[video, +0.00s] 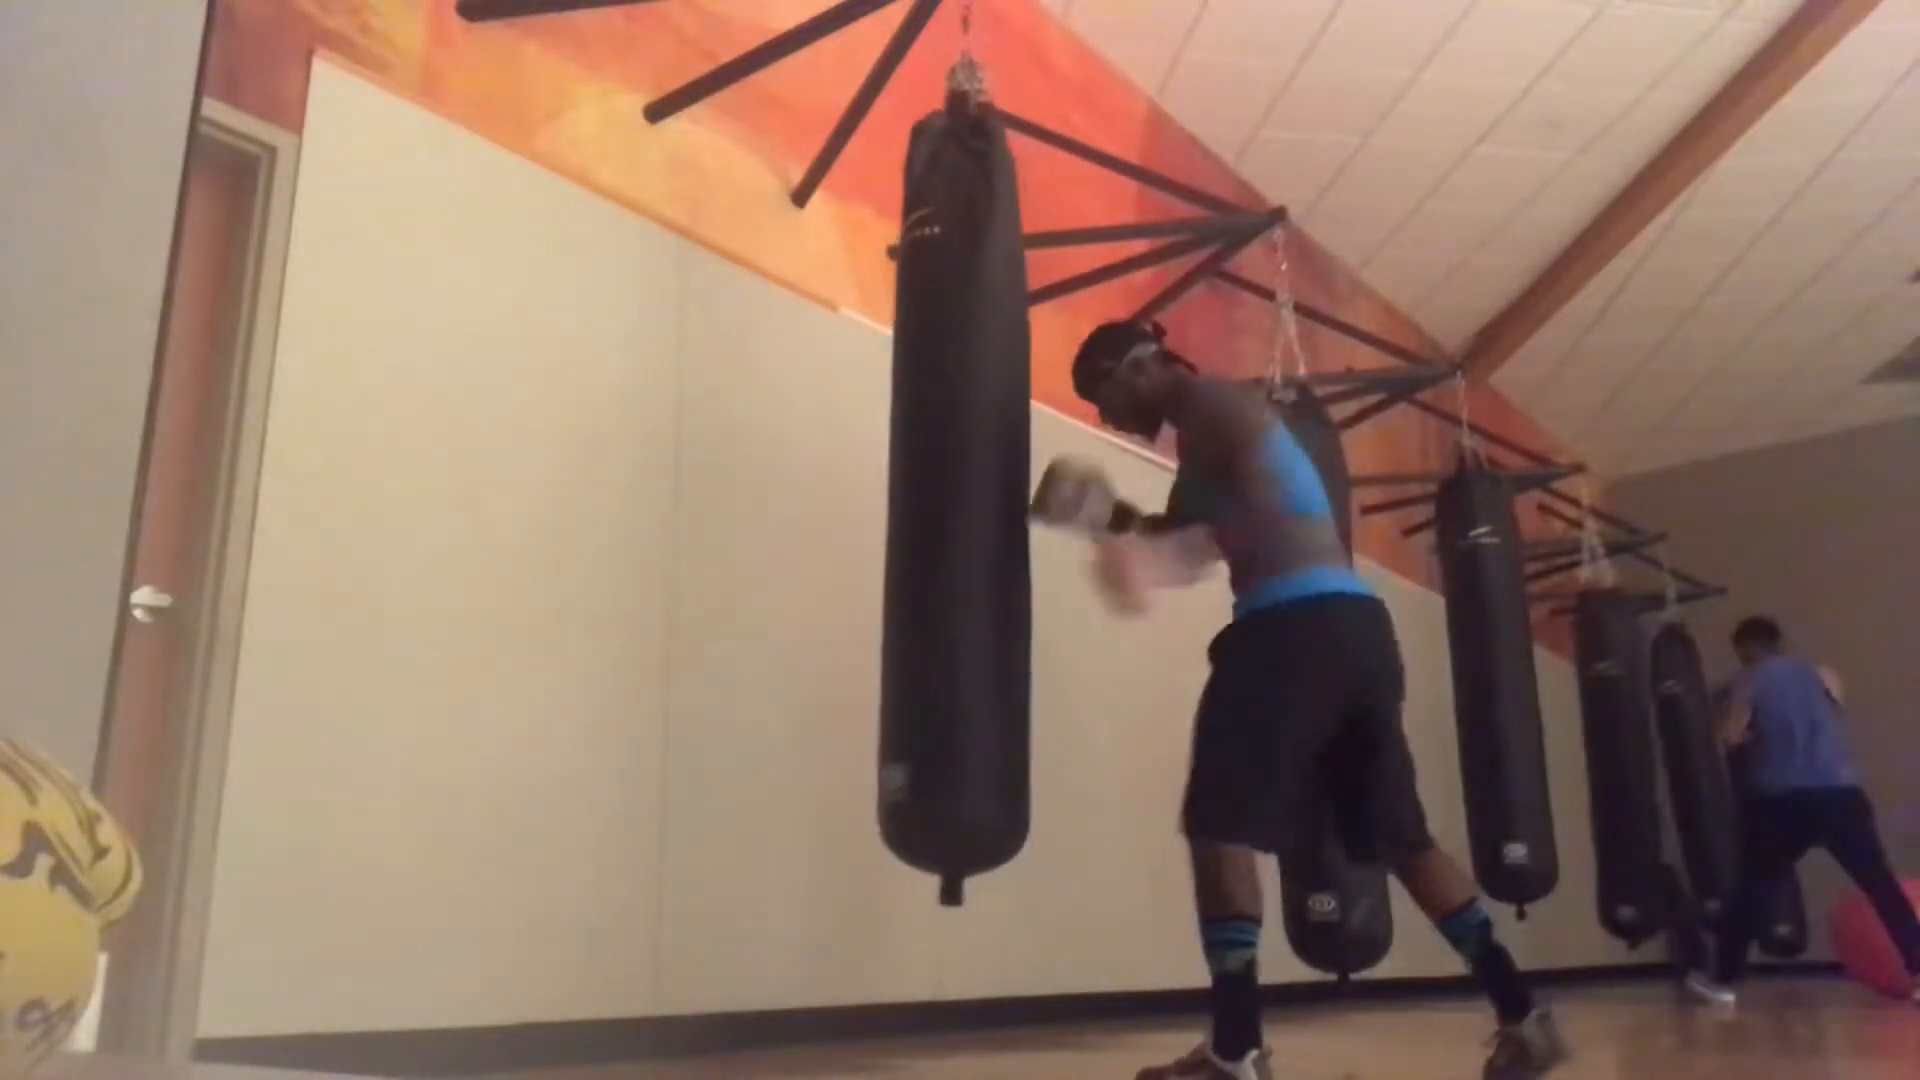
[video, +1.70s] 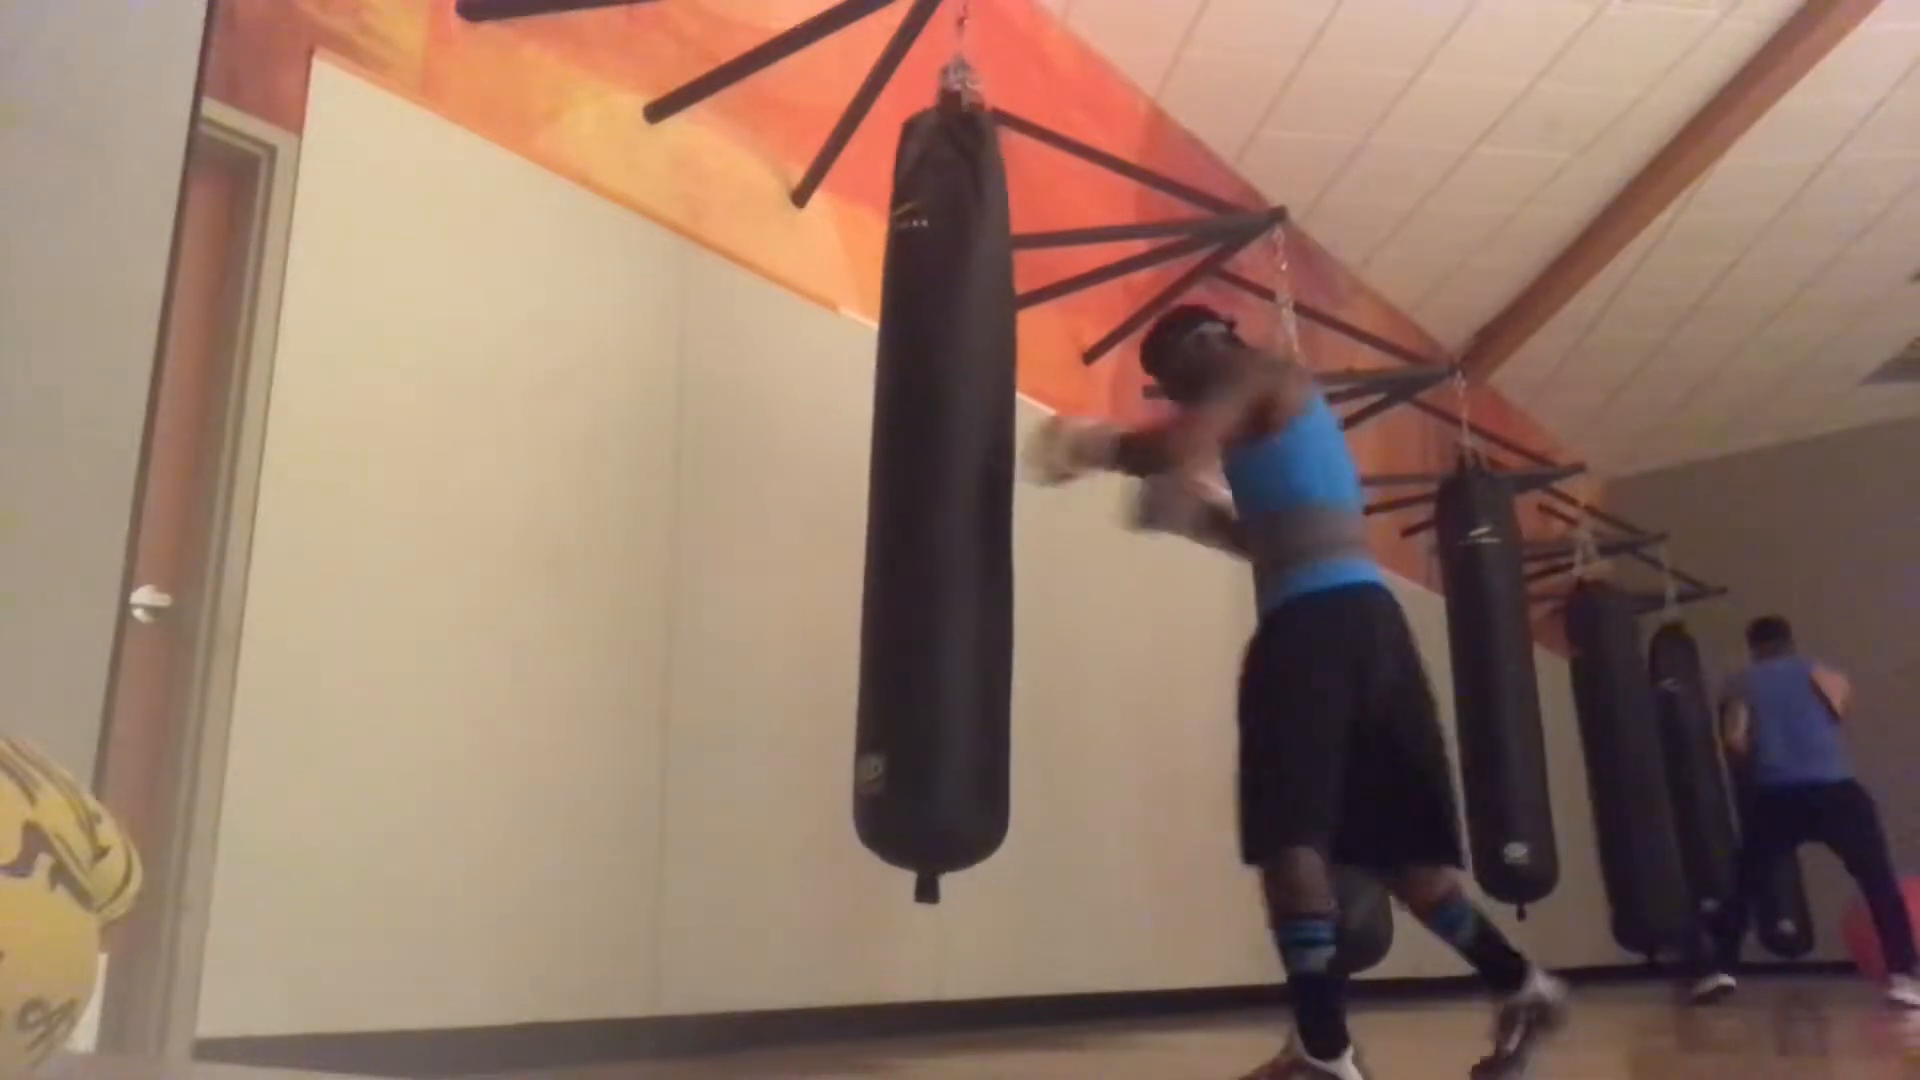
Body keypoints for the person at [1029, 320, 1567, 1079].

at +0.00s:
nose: (1112, 418)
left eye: (1108, 396)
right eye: (1102, 406)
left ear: (1146, 359)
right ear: (1153, 360)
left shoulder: (1210, 406)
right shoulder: (1242, 414)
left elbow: (1202, 531)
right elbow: (1199, 542)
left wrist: (1115, 520)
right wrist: (1120, 537)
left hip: (1281, 642)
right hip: (1358, 634)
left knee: (1219, 830)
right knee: (1402, 836)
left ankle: (1235, 1048)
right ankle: (1522, 1015)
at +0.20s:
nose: (1136, 423)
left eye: (1134, 406)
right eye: (1131, 409)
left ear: (1150, 383)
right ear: (1195, 362)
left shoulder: (1188, 420)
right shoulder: (1295, 399)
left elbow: (1108, 466)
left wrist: (1019, 475)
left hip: (1270, 639)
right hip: (1366, 632)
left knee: (1236, 842)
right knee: (1434, 820)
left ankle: (1234, 1047)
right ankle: (1524, 1020)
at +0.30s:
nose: (1150, 412)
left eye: (1147, 400)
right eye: (1143, 402)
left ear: (1166, 378)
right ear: (1213, 358)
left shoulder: (1189, 404)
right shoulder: (1309, 395)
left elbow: (1137, 483)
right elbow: (1339, 491)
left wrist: (1052, 494)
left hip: (1276, 624)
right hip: (1370, 615)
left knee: (1240, 832)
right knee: (1420, 820)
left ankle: (1235, 1045)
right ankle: (1510, 1024)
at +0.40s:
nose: (1182, 423)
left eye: (1176, 406)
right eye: (1175, 412)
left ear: (1192, 375)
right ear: (1230, 354)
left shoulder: (1231, 394)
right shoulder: (1326, 403)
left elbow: (1229, 478)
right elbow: (1290, 512)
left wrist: (1167, 483)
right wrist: (1196, 496)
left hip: (1284, 628)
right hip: (1375, 627)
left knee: (1242, 834)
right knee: (1417, 832)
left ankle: (1234, 1045)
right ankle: (1511, 1032)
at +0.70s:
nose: (1198, 399)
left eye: (1195, 383)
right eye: (1194, 389)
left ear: (1219, 356)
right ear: (1258, 341)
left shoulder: (1252, 375)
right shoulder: (1343, 403)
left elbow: (1190, 450)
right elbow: (1270, 511)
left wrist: (1096, 462)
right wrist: (1176, 488)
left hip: (1306, 620)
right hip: (1399, 619)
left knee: (1236, 812)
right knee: (1433, 826)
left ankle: (1254, 1032)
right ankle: (1515, 1033)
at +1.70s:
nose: (1174, 398)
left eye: (1172, 381)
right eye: (1169, 387)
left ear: (1203, 345)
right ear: (1222, 337)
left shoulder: (1253, 370)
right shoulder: (1290, 404)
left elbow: (1181, 449)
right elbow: (1280, 542)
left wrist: (1092, 446)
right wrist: (1194, 518)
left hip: (1308, 629)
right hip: (1369, 624)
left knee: (1287, 838)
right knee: (1391, 836)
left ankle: (1324, 1047)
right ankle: (1520, 983)